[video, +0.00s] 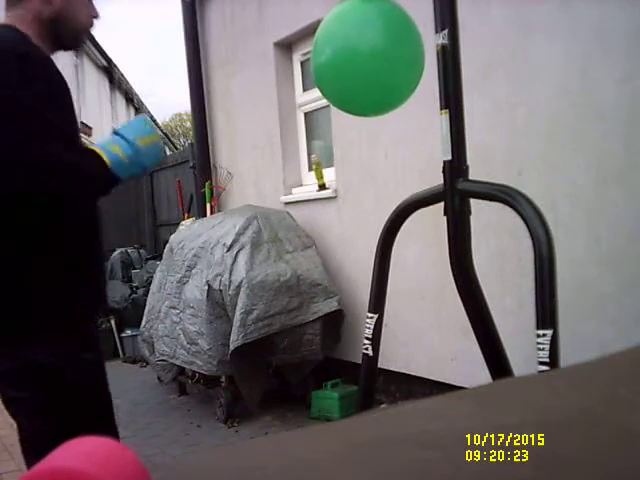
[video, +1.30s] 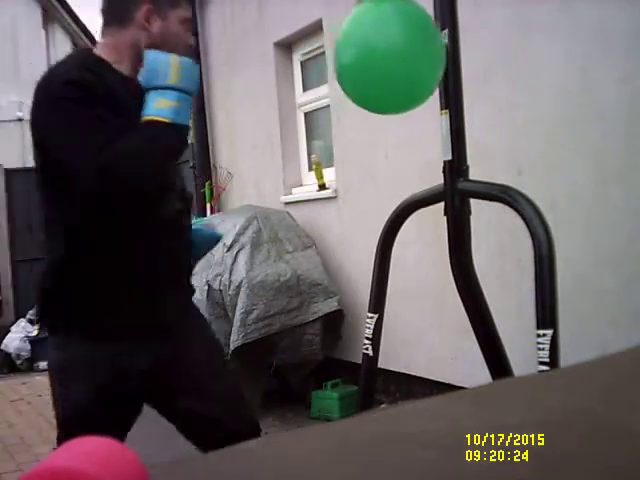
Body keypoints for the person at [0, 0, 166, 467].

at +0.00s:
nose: (95, 13)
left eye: (92, 3)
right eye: (87, 2)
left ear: (40, 5)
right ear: (48, 2)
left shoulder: (25, 65)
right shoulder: (21, 66)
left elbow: (42, 183)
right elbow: (42, 189)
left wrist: (108, 155)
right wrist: (114, 157)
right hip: (43, 317)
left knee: (74, 462)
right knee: (83, 464)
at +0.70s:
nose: (76, 45)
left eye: (80, 32)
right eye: (73, 27)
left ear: (29, 15)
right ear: (30, 12)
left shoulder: (11, 90)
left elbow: (33, 193)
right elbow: (33, 189)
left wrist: (69, 102)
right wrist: (71, 95)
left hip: (39, 316)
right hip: (23, 321)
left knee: (119, 435)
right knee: (118, 434)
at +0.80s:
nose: (78, 35)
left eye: (83, 24)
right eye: (76, 21)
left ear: (37, 10)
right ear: (39, 8)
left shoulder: (18, 77)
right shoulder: (8, 78)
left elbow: (52, 169)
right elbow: (55, 170)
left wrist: (75, 70)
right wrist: (83, 74)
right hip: (29, 316)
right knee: (116, 435)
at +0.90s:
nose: (101, 40)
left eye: (106, 27)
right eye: (98, 25)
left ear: (52, 17)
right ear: (61, 16)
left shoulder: (22, 82)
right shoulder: (17, 85)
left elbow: (89, 166)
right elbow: (91, 165)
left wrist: (105, 73)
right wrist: (109, 68)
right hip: (41, 329)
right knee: (133, 443)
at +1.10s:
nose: (161, 38)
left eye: (162, 25)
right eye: (157, 22)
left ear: (117, 17)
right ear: (118, 15)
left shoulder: (110, 87)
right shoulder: (24, 81)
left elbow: (143, 126)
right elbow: (95, 172)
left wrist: (190, 95)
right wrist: (140, 89)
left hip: (111, 311)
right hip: (35, 322)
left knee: (172, 449)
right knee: (70, 466)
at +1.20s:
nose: (171, 40)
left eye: (173, 29)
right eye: (167, 25)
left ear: (132, 19)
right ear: (131, 15)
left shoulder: (132, 93)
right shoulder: (43, 79)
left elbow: (182, 137)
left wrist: (253, 119)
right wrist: (146, 90)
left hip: (130, 304)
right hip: (61, 312)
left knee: (206, 425)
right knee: (81, 463)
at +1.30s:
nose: (191, 41)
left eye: (191, 28)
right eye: (186, 25)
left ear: (149, 20)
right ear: (148, 17)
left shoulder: (145, 96)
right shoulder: (66, 88)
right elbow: (113, 192)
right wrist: (169, 99)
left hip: (163, 316)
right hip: (94, 324)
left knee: (244, 449)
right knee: (84, 470)